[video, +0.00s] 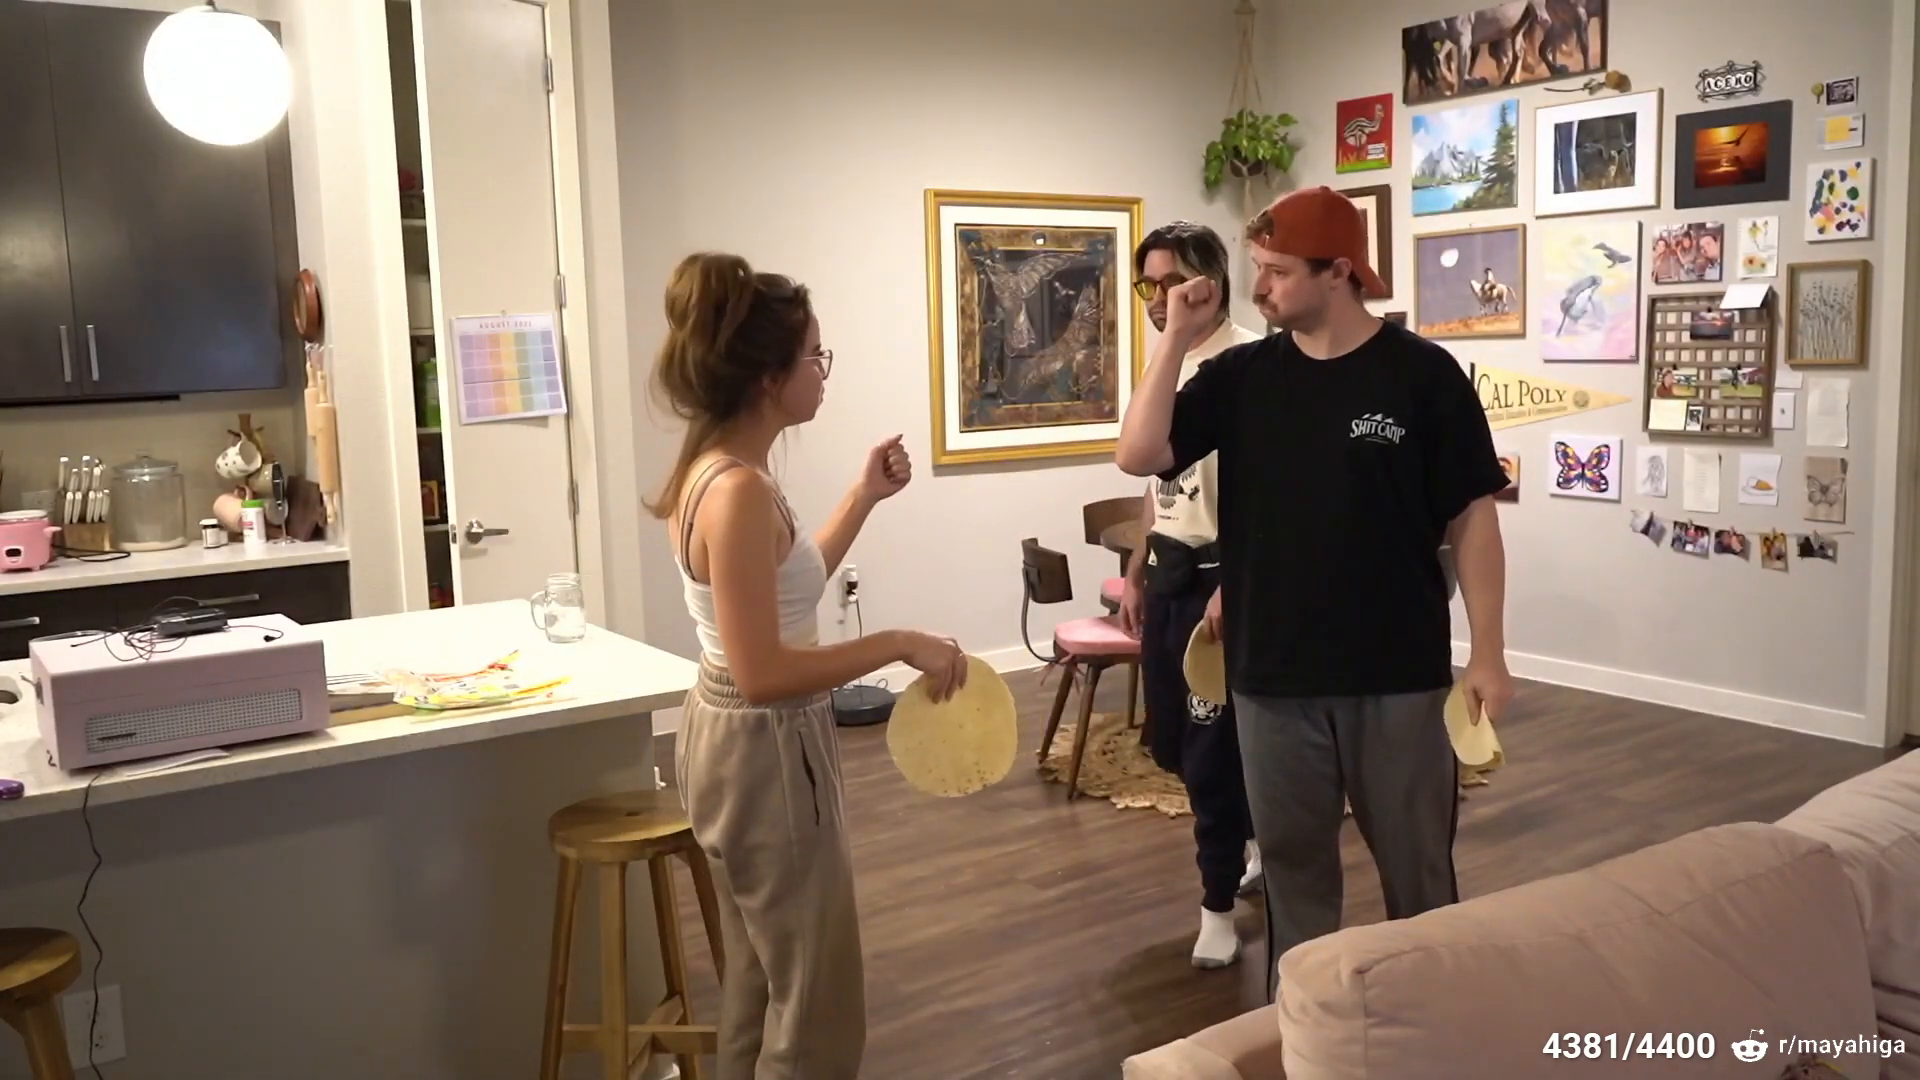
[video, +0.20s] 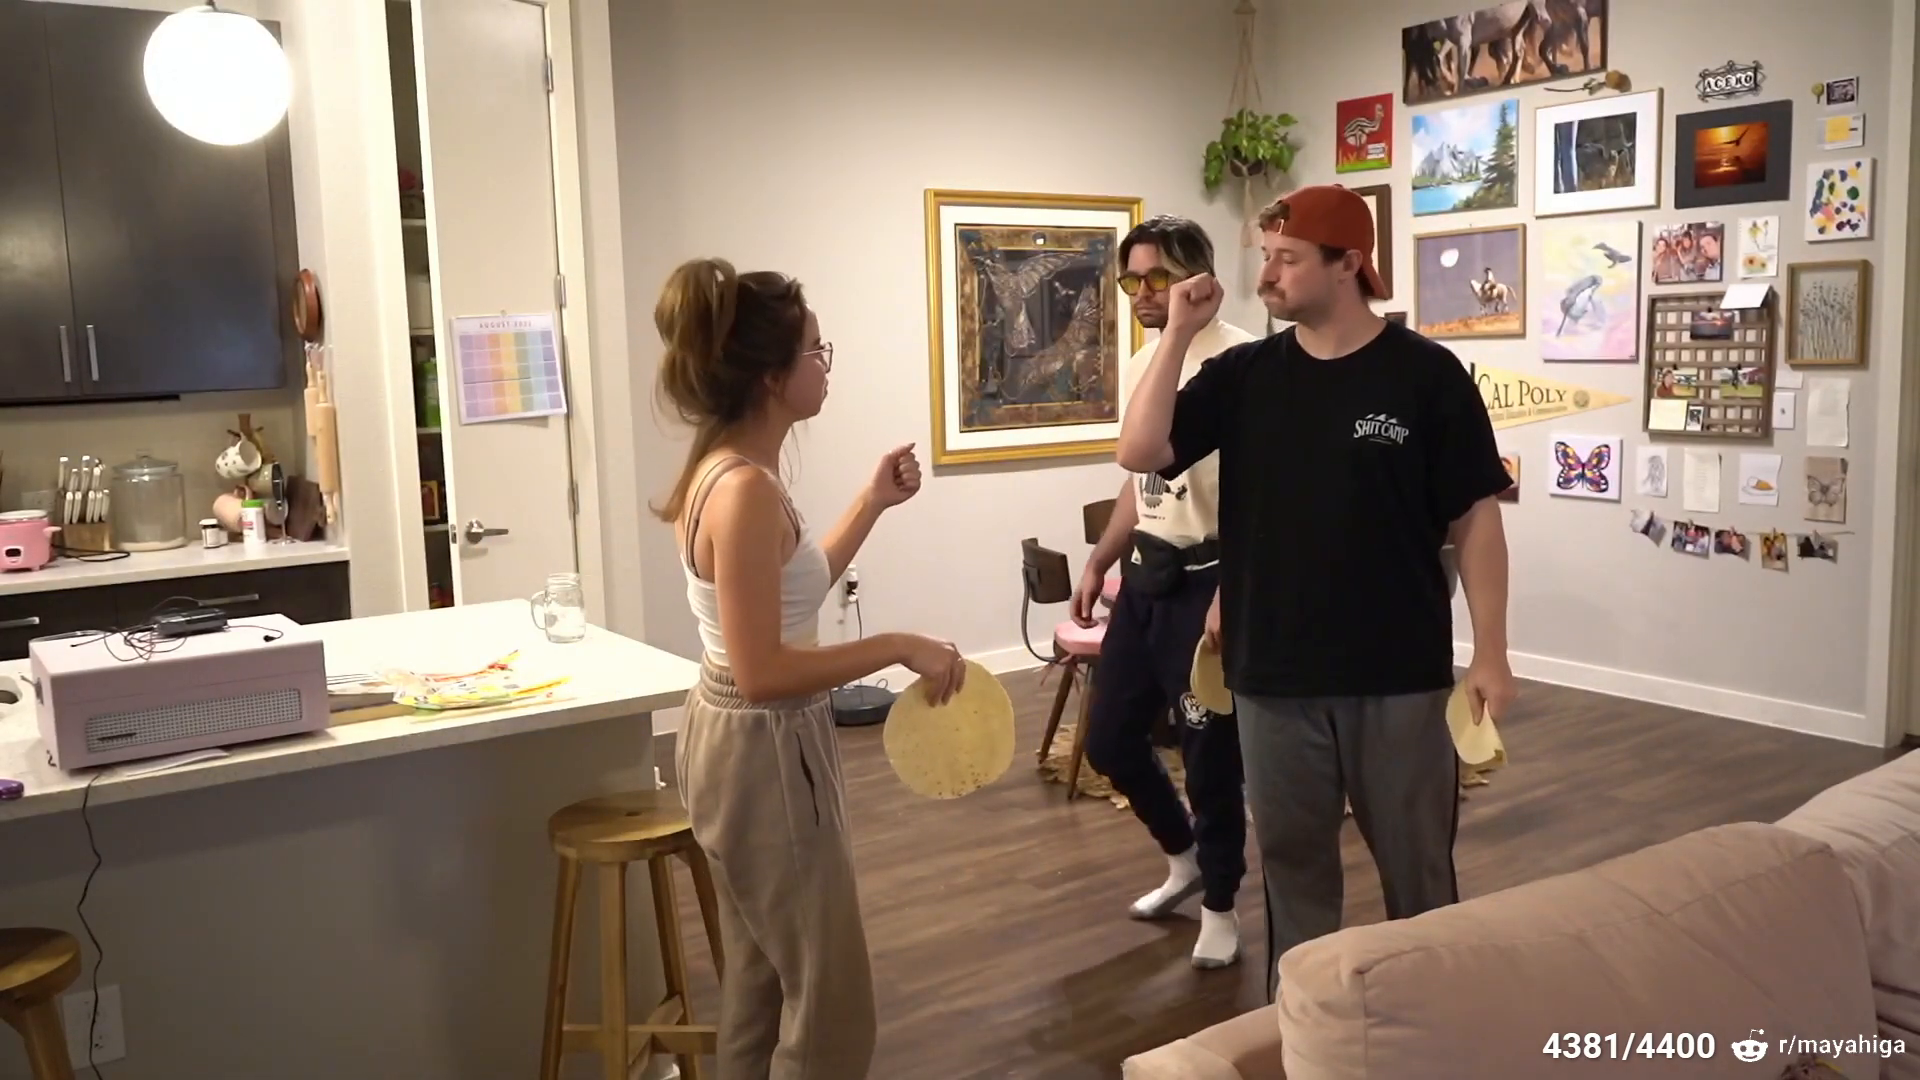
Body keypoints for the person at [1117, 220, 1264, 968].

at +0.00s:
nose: (1155, 298)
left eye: (1168, 284)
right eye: (1149, 286)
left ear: (1209, 286)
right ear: (1147, 292)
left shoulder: (1248, 365)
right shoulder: (1162, 368)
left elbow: (1260, 489)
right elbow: (1154, 485)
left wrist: (1232, 588)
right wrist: (1135, 573)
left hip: (1224, 576)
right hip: (1167, 571)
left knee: (1213, 749)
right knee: (1168, 738)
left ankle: (1218, 904)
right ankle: (1253, 835)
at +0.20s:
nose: (1140, 293)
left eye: (1155, 278)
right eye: (1132, 281)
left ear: (1197, 279)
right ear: (1129, 287)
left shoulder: (1239, 360)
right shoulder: (1150, 365)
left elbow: (1257, 487)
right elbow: (1144, 480)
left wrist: (1235, 598)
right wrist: (1099, 558)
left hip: (1212, 581)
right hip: (1144, 578)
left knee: (1210, 755)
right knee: (1112, 741)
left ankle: (1220, 907)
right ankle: (1191, 855)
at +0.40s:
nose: (1114, 293)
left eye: (1130, 280)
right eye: (1106, 282)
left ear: (1172, 281)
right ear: (1101, 289)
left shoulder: (1218, 362)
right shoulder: (1106, 368)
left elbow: (1248, 492)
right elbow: (1112, 482)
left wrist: (1222, 598)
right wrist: (1069, 571)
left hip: (1195, 587)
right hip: (1118, 586)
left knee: (1202, 761)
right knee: (1079, 751)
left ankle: (1218, 912)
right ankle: (1069, 904)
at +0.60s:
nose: (1077, 295)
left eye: (1093, 282)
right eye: (1067, 284)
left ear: (1129, 286)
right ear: (1057, 292)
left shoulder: (1170, 361)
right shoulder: (1051, 375)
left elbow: (1214, 476)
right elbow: (1050, 488)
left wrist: (1203, 594)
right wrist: (1031, 592)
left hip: (1153, 588)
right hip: (1070, 587)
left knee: (1174, 759)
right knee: (1049, 765)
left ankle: (1211, 911)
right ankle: (1053, 917)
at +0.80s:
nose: (1022, 296)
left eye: (1037, 282)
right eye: (1010, 285)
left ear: (1071, 283)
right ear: (1001, 291)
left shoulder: (1125, 364)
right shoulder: (994, 377)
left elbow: (1166, 472)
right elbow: (989, 490)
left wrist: (1167, 591)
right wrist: (961, 593)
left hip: (1103, 593)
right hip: (1019, 592)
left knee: (1131, 767)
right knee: (1023, 765)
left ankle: (1195, 902)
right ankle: (1050, 915)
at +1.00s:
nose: (988, 303)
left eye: (1002, 288)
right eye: (974, 291)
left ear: (1035, 286)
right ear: (962, 295)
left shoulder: (1091, 364)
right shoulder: (957, 376)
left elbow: (1131, 478)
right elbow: (936, 492)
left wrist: (1127, 593)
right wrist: (894, 597)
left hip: (1072, 586)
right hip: (989, 588)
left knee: (1084, 772)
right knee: (1007, 763)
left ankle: (1130, 914)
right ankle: (1048, 916)